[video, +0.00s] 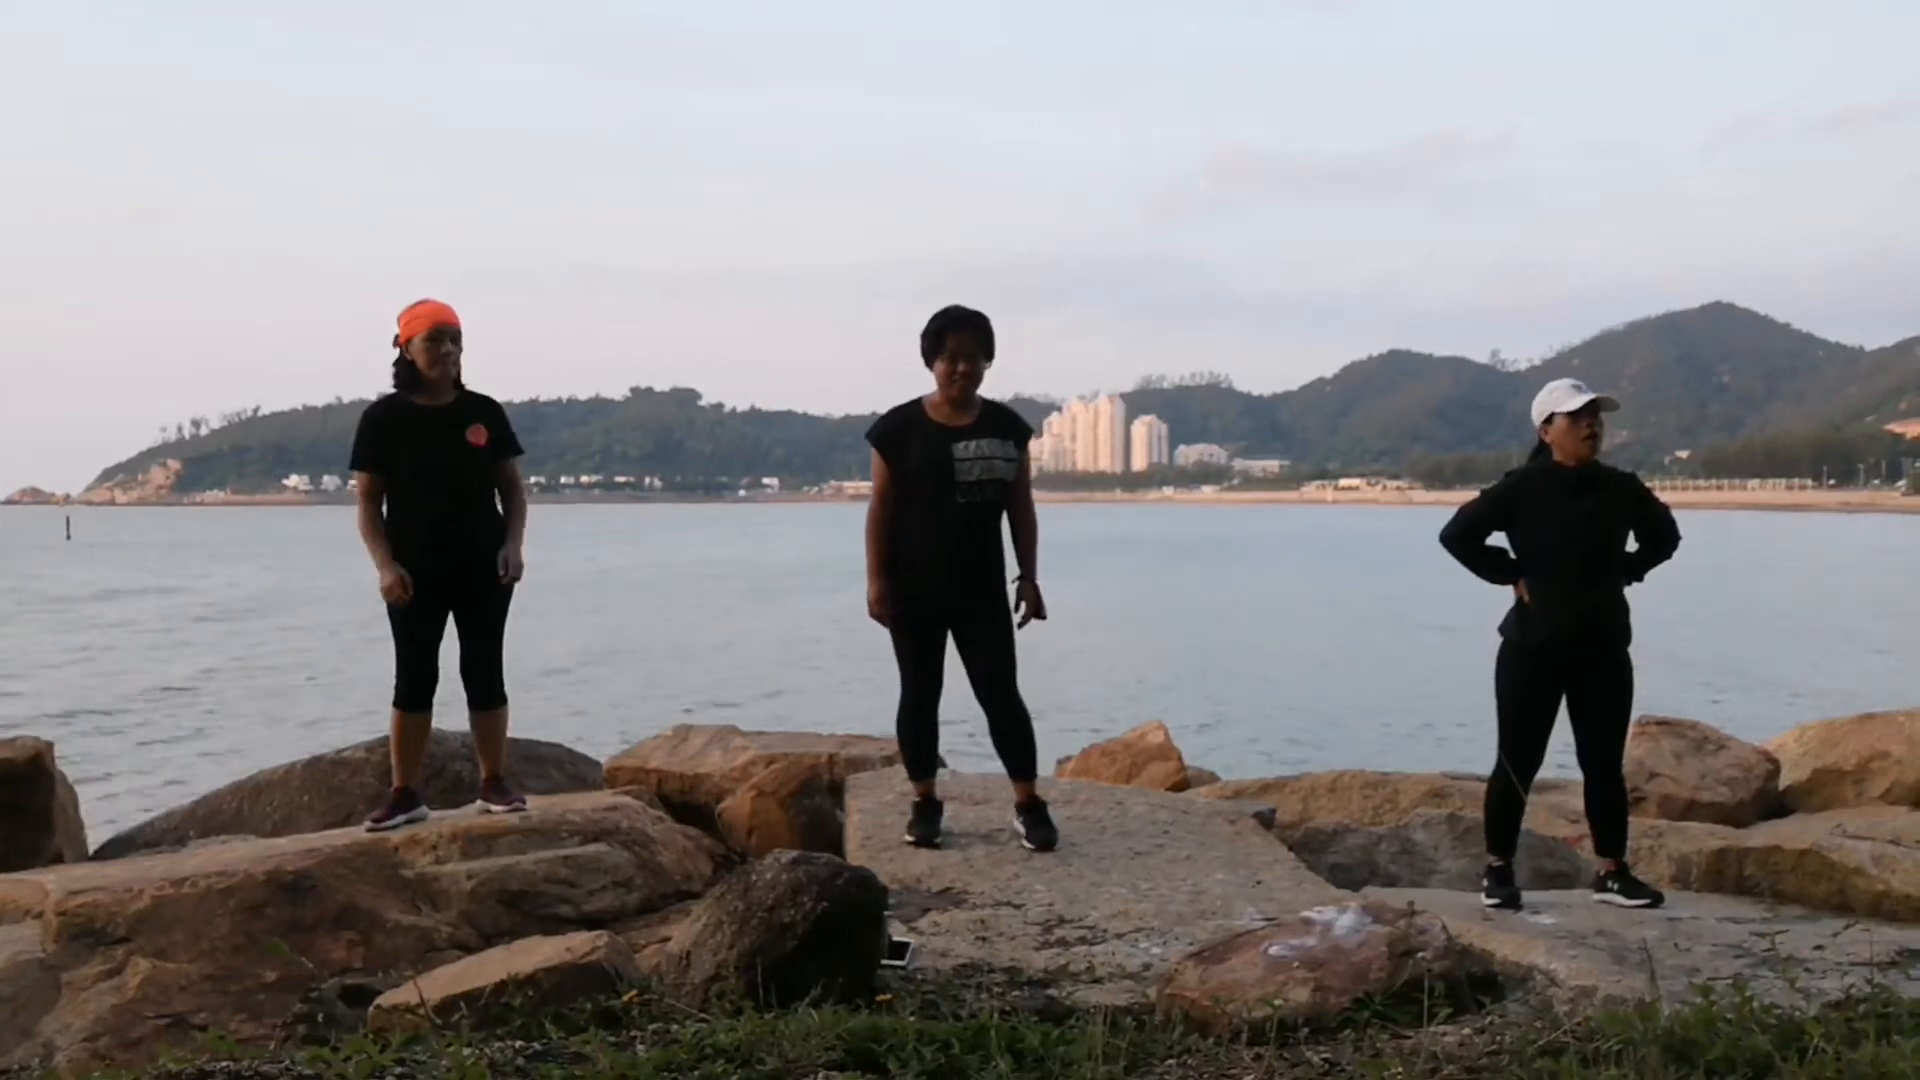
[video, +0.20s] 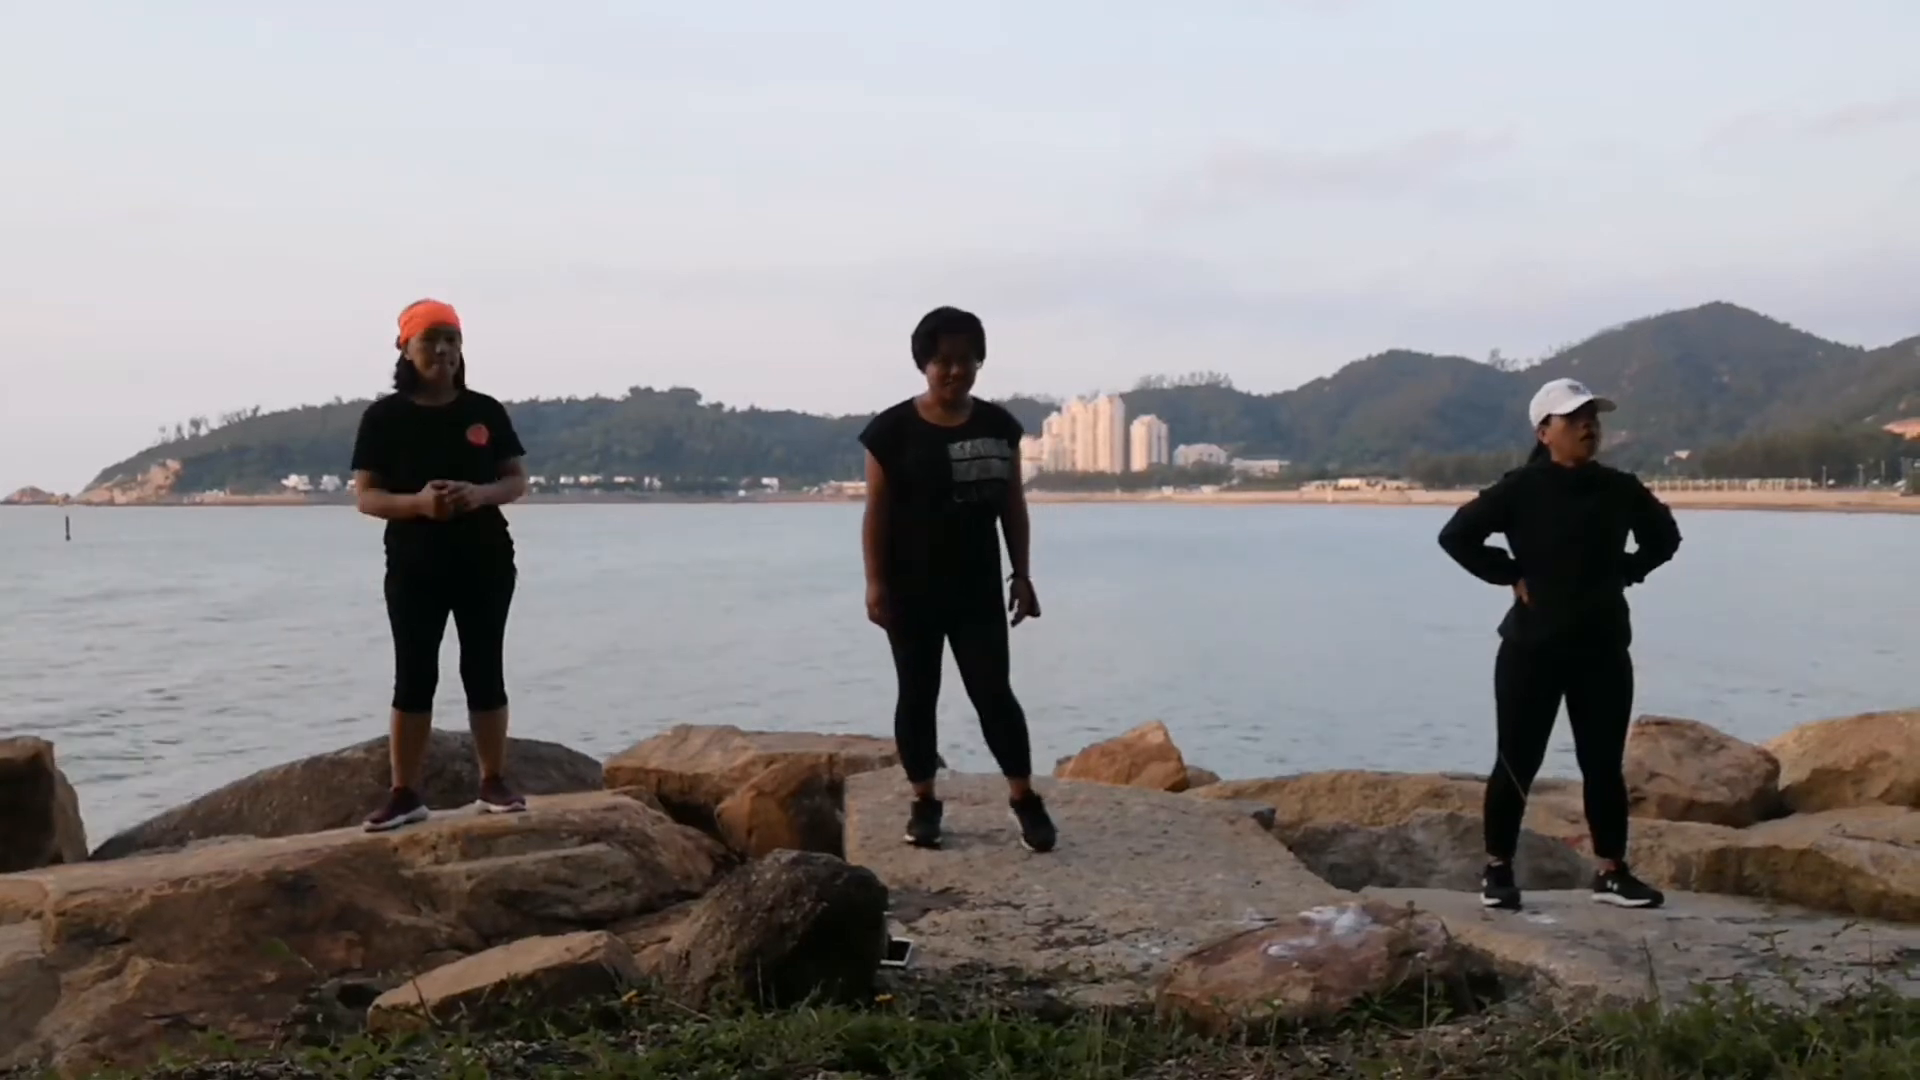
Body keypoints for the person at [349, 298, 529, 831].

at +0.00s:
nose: (446, 348)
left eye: (452, 338)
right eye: (433, 340)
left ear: (461, 346)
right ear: (407, 349)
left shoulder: (485, 412)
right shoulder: (381, 419)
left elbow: (513, 487)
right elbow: (366, 503)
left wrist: (513, 542)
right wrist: (385, 565)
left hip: (481, 569)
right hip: (414, 574)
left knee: (485, 678)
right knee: (413, 685)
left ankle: (493, 783)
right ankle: (405, 792)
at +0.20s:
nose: (442, 348)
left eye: (450, 338)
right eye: (429, 339)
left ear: (461, 346)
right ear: (406, 348)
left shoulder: (486, 411)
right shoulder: (382, 418)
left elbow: (517, 483)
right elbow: (365, 497)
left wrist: (480, 494)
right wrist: (416, 503)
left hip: (483, 566)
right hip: (415, 569)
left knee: (484, 675)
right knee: (413, 681)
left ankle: (493, 782)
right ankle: (404, 792)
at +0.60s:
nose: (442, 349)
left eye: (450, 339)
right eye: (429, 340)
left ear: (462, 346)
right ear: (408, 349)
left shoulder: (488, 412)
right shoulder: (384, 418)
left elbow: (511, 487)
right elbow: (376, 498)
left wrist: (502, 549)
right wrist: (399, 561)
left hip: (480, 566)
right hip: (413, 567)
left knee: (483, 677)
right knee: (409, 683)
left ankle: (492, 782)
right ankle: (403, 792)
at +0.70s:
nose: (442, 349)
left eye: (451, 339)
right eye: (430, 340)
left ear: (464, 347)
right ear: (409, 349)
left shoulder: (488, 414)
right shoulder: (384, 418)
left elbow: (516, 489)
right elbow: (369, 503)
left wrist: (535, 554)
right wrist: (358, 575)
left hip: (481, 569)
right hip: (411, 572)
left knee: (483, 678)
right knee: (406, 686)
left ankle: (493, 783)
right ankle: (402, 794)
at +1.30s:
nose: (447, 349)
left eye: (455, 339)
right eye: (435, 339)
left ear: (467, 347)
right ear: (413, 348)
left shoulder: (490, 414)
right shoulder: (384, 416)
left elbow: (509, 484)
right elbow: (373, 493)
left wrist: (482, 529)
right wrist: (410, 539)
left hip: (480, 562)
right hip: (409, 564)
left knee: (481, 674)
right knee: (408, 680)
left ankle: (491, 783)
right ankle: (401, 793)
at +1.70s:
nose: (445, 348)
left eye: (454, 339)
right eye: (433, 340)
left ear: (466, 348)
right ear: (412, 350)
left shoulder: (489, 416)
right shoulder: (384, 417)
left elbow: (510, 493)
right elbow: (365, 499)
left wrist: (521, 560)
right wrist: (354, 571)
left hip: (477, 569)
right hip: (407, 571)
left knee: (480, 677)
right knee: (404, 684)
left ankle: (490, 783)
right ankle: (399, 794)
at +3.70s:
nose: (431, 354)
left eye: (440, 343)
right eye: (419, 344)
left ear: (451, 350)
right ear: (397, 351)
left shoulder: (475, 416)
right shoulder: (368, 419)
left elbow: (499, 493)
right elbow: (355, 501)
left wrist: (492, 550)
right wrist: (368, 569)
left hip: (464, 570)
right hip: (397, 574)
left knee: (471, 679)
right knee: (399, 686)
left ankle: (483, 787)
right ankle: (393, 796)